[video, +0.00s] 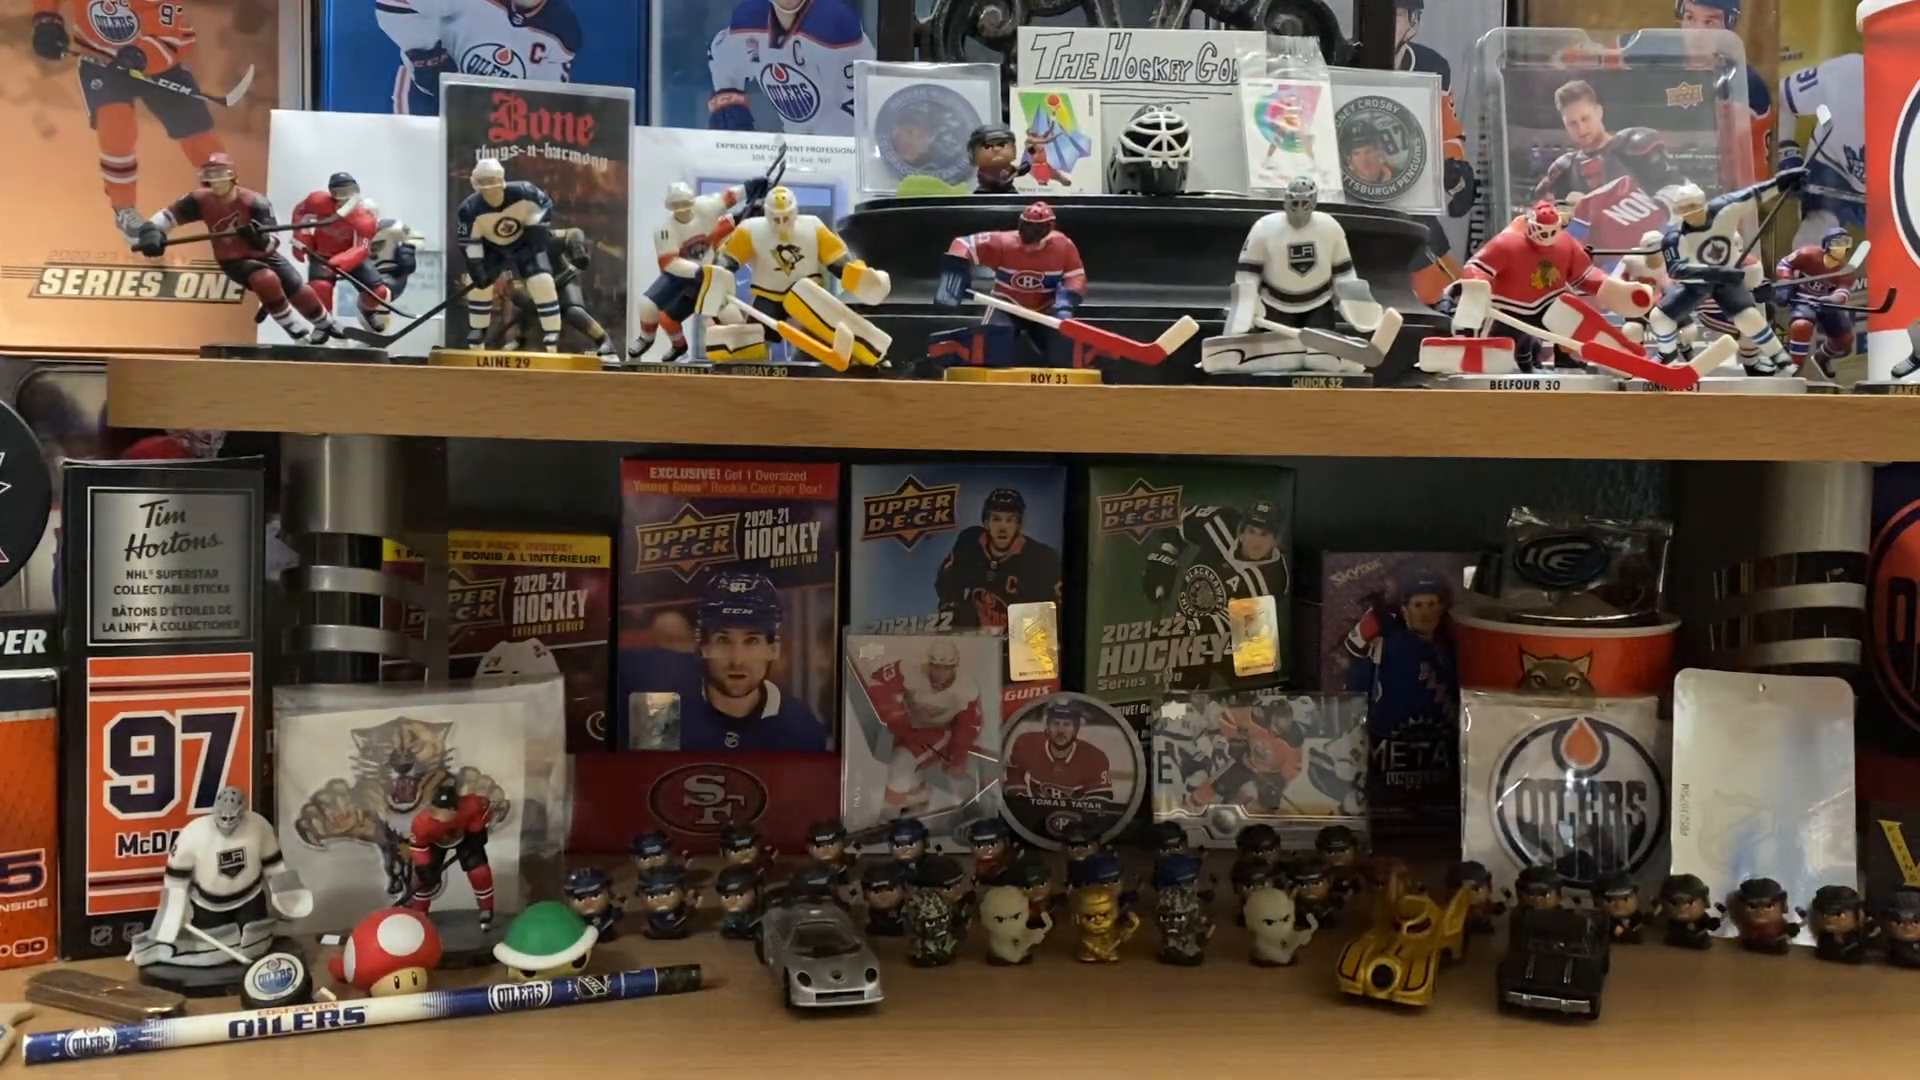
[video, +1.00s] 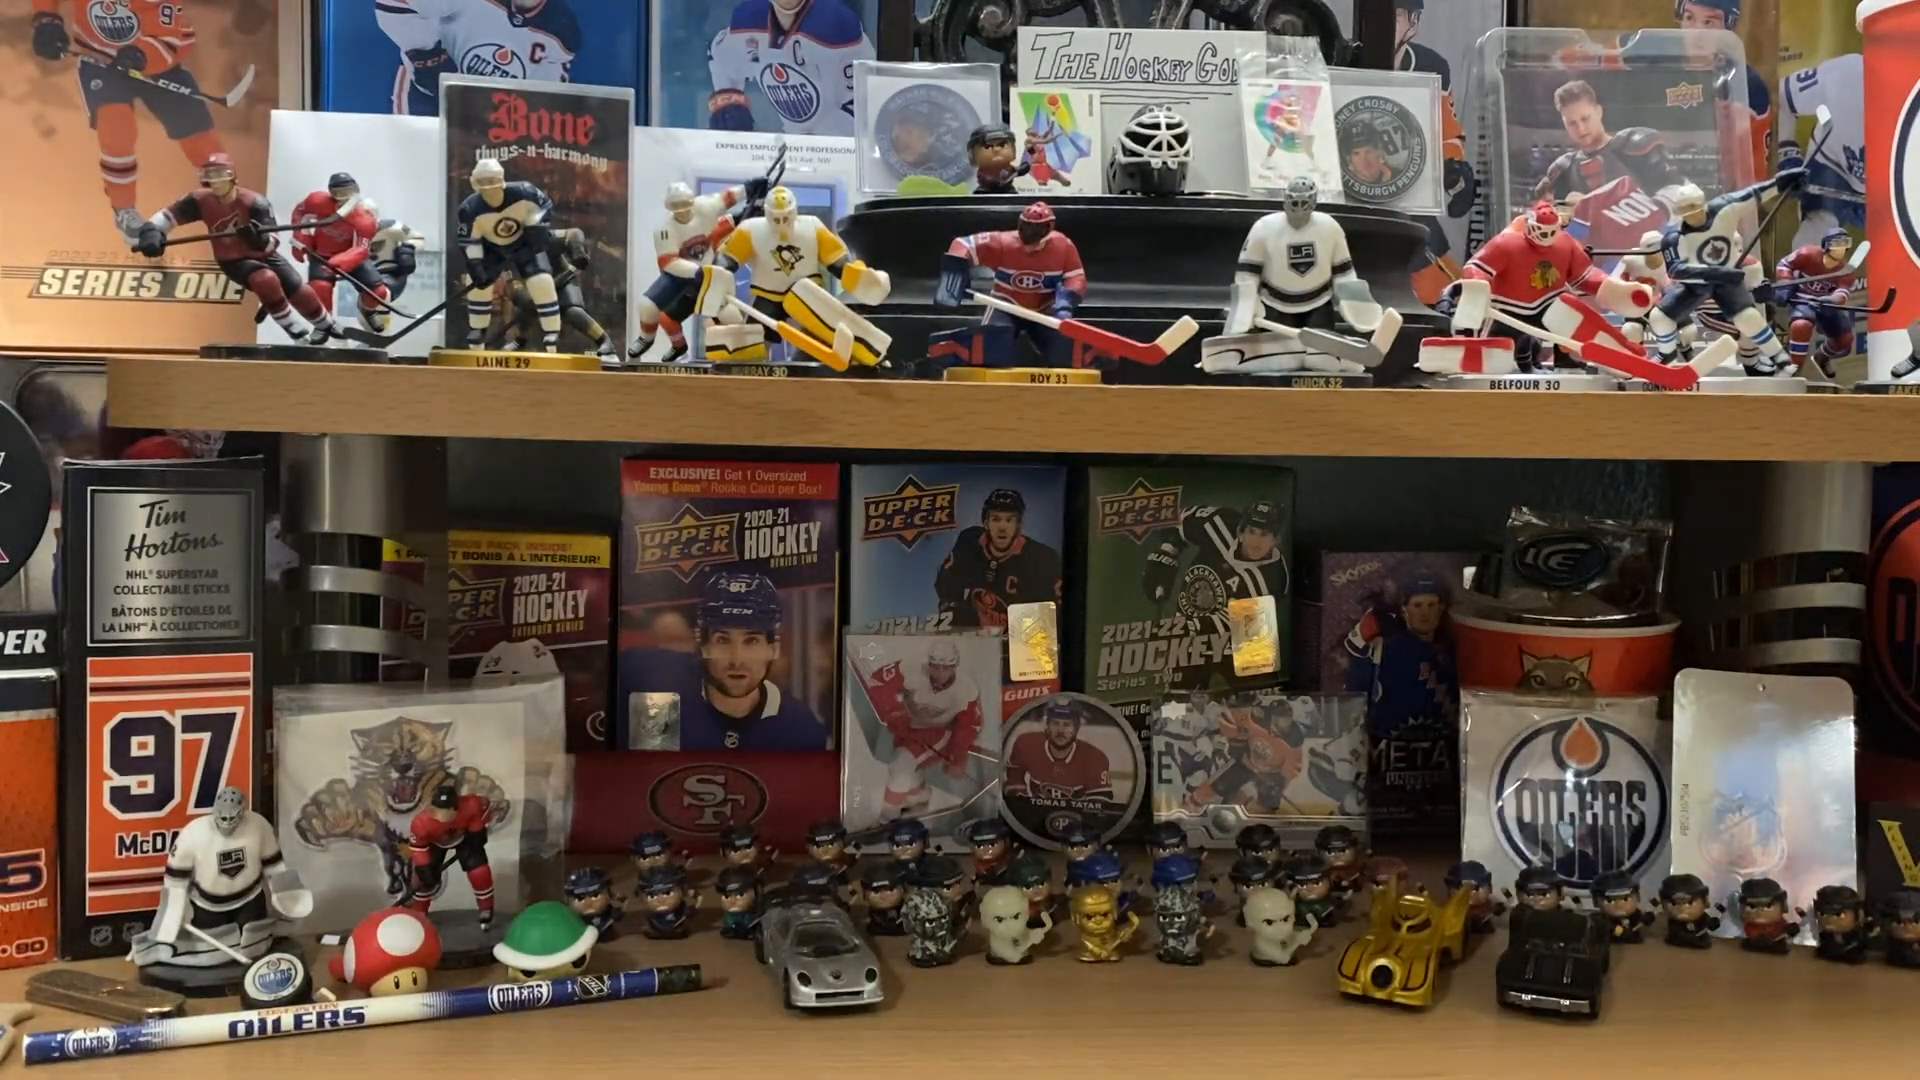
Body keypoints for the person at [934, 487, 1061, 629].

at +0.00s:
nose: (1003, 527)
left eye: (1010, 521)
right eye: (996, 520)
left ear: (1019, 524)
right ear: (986, 523)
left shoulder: (1042, 557)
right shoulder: (969, 541)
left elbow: (1047, 604)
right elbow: (945, 578)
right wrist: (949, 606)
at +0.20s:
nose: (1003, 527)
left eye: (1010, 521)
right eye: (996, 520)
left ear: (1019, 525)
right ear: (986, 523)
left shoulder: (1041, 557)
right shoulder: (969, 541)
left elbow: (1047, 604)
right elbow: (944, 579)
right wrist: (950, 606)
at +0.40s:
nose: (1003, 527)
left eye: (1010, 521)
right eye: (996, 520)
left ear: (1019, 525)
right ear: (986, 523)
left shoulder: (1041, 557)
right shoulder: (969, 541)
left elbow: (1046, 604)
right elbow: (944, 578)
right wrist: (950, 607)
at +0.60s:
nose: (1002, 527)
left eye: (1009, 520)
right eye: (996, 519)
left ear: (1019, 524)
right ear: (985, 522)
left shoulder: (1042, 558)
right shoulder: (968, 542)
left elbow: (1046, 606)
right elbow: (945, 578)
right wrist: (949, 607)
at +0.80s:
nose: (1002, 527)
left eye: (1009, 520)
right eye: (996, 520)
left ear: (1019, 525)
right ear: (985, 523)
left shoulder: (1042, 558)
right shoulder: (968, 542)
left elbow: (1045, 607)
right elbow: (944, 580)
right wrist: (949, 607)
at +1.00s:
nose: (1002, 527)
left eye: (1009, 520)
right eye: (996, 520)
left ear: (1019, 525)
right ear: (985, 523)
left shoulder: (1042, 558)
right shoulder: (968, 542)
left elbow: (1045, 607)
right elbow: (944, 581)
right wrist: (949, 607)